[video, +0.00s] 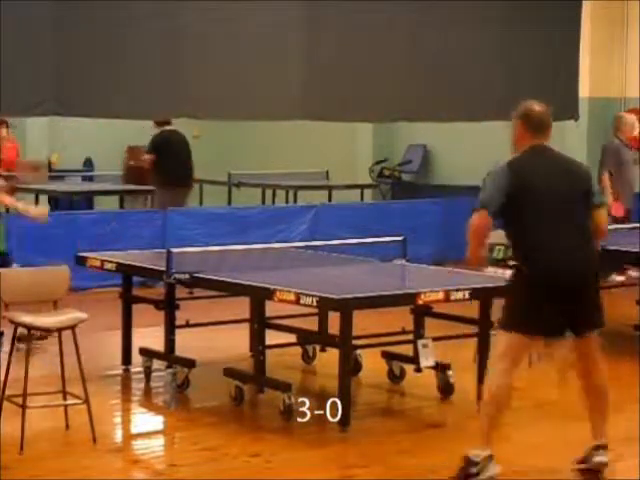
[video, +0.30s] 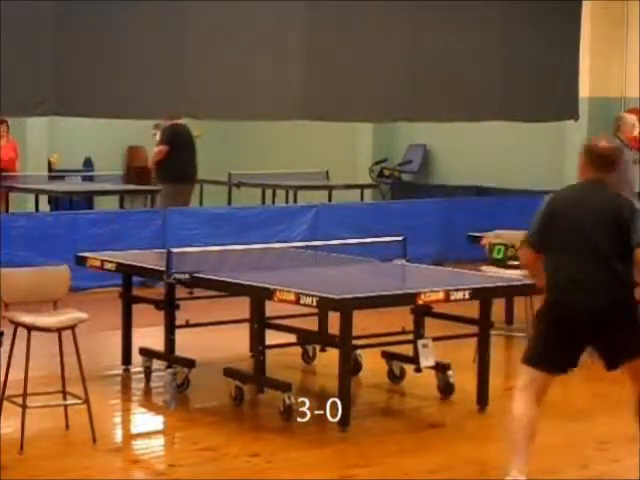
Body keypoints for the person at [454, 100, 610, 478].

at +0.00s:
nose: (512, 135)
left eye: (513, 130)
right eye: (515, 129)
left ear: (519, 130)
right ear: (549, 131)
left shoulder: (509, 171)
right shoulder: (578, 170)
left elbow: (479, 224)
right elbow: (601, 225)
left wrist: (475, 261)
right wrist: (577, 248)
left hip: (534, 278)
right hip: (581, 277)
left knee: (503, 364)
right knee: (591, 359)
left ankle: (483, 452)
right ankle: (600, 446)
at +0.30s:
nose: (579, 165)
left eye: (581, 160)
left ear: (583, 165)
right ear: (615, 168)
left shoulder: (560, 200)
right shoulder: (626, 206)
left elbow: (529, 254)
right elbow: (635, 259)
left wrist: (544, 282)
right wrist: (630, 287)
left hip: (564, 306)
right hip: (616, 306)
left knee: (528, 388)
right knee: (636, 374)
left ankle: (517, 470)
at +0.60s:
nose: (630, 131)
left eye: (631, 124)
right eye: (630, 125)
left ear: (633, 140)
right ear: (632, 139)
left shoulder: (621, 183)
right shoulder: (622, 182)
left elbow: (595, 233)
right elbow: (596, 233)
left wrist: (606, 260)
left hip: (611, 281)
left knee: (571, 366)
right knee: (570, 368)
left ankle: (541, 443)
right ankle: (540, 443)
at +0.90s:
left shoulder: (638, 168)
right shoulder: (635, 168)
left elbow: (617, 215)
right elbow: (618, 215)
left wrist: (631, 245)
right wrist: (631, 245)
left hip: (634, 269)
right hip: (632, 269)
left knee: (625, 357)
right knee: (624, 357)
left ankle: (603, 444)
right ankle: (602, 444)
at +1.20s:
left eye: (639, 126)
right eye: (639, 126)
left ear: (632, 127)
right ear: (633, 127)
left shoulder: (624, 145)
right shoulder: (630, 147)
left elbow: (628, 178)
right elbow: (634, 179)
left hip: (614, 202)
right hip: (622, 204)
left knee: (613, 243)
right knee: (618, 244)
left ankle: (609, 275)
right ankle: (613, 278)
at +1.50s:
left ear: (634, 130)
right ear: (638, 131)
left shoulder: (627, 147)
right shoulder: (632, 148)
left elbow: (629, 181)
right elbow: (634, 182)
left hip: (615, 205)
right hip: (623, 207)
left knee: (615, 245)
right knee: (618, 246)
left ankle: (611, 277)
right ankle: (612, 278)